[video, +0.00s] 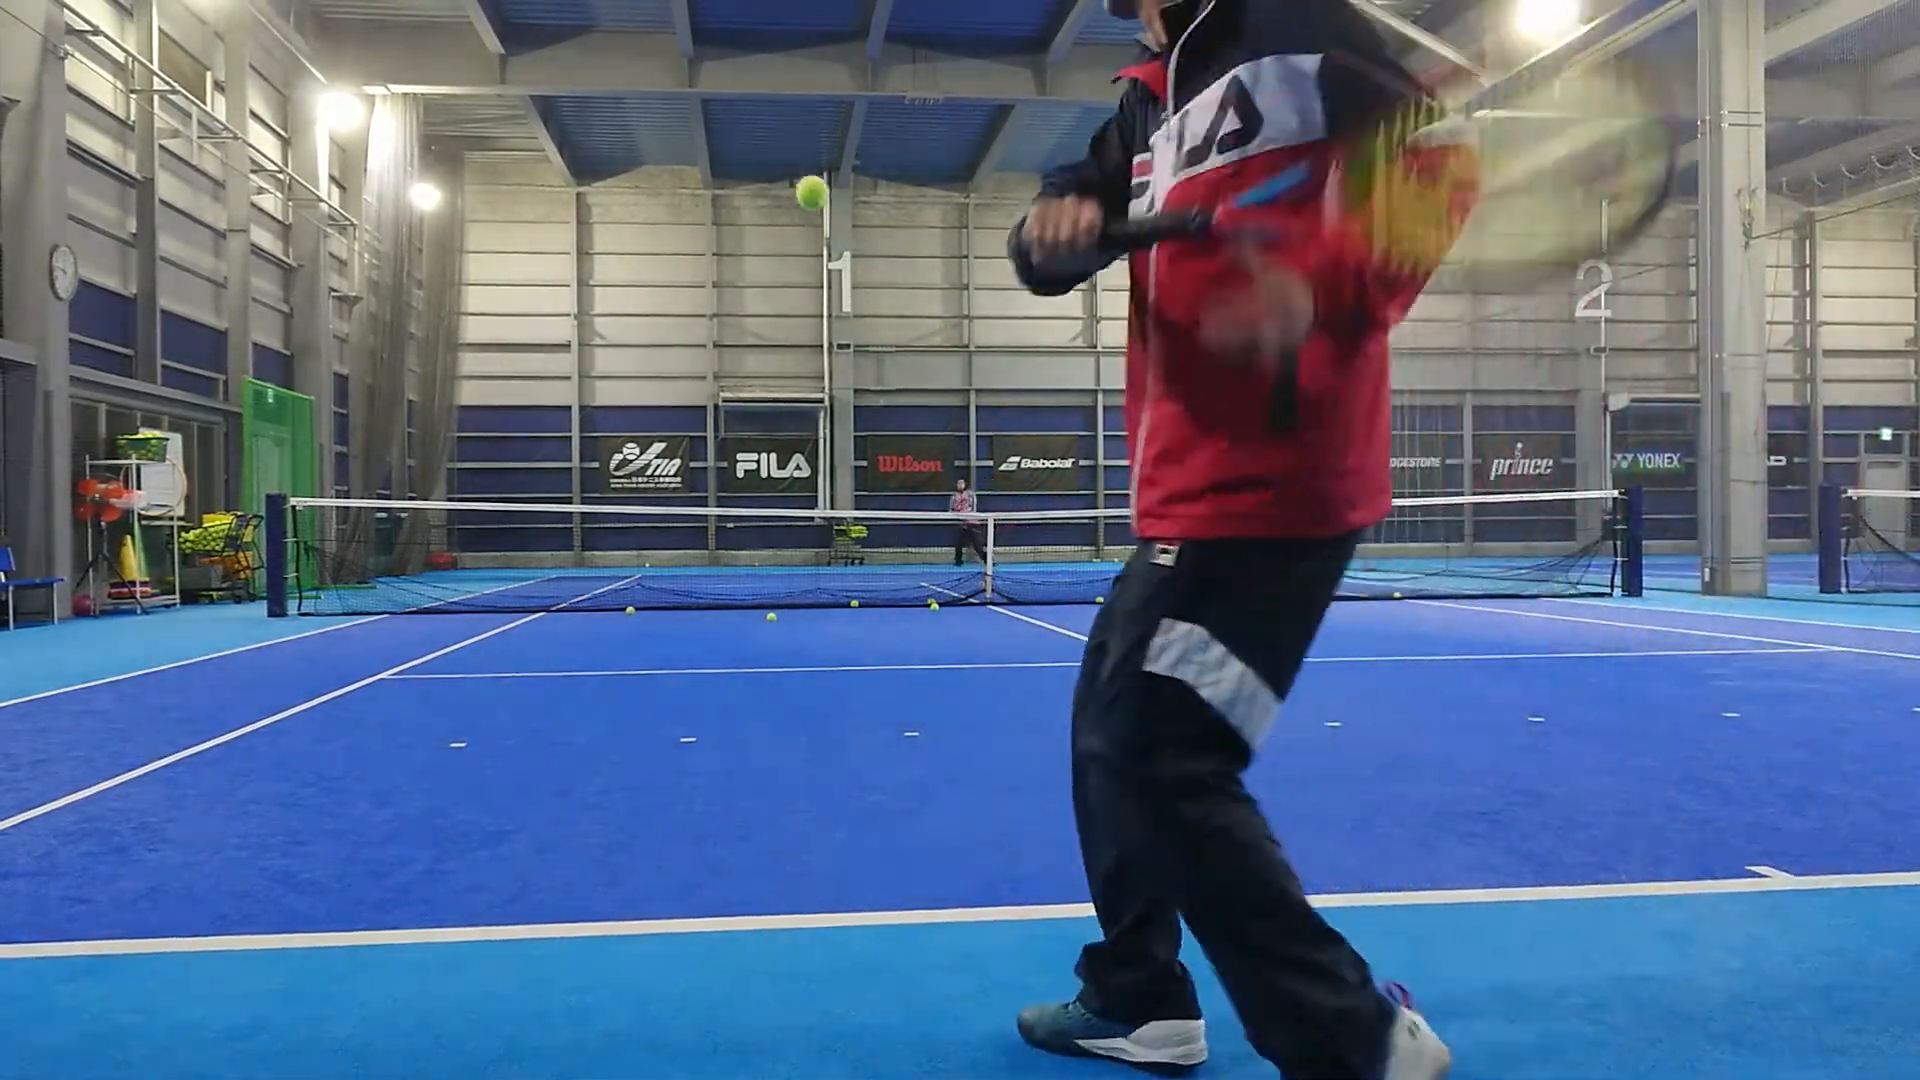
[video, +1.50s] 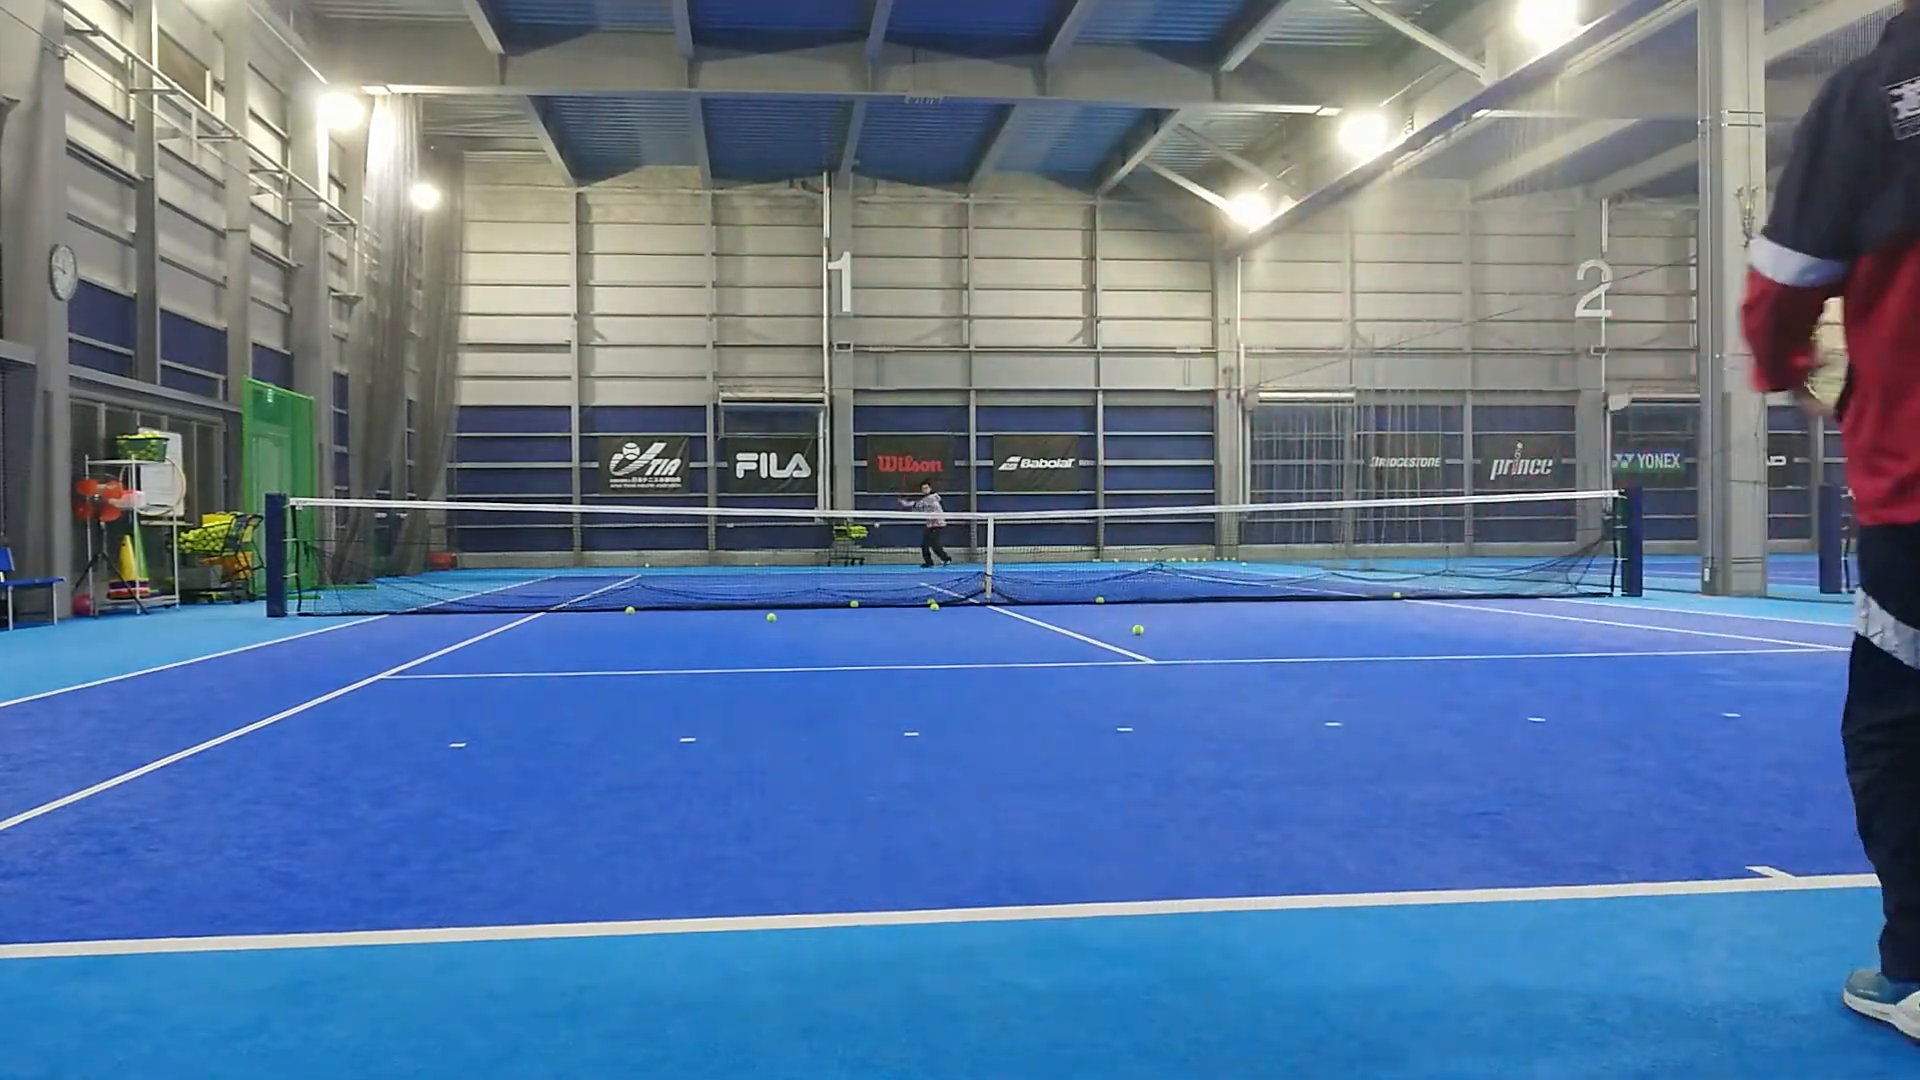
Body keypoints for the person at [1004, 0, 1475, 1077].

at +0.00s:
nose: (1122, 9)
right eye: (1120, 6)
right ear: (1149, 7)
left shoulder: (1305, 31)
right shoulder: (1153, 95)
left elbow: (1436, 165)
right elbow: (1059, 240)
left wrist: (1315, 279)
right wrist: (1054, 238)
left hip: (1285, 481)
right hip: (1196, 482)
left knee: (1160, 749)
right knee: (1108, 725)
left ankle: (1359, 1041)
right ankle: (1139, 998)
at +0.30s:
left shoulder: (1098, 23)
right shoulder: (1316, 6)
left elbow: (1014, 184)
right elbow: (1440, 77)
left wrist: (856, 306)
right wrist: (1421, 40)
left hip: (1184, 430)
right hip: (1318, 417)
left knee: (1130, 709)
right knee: (1235, 721)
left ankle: (1256, 985)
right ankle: (1144, 979)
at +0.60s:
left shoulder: (1137, 39)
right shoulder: (1431, 9)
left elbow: (991, 176)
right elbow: (1648, 25)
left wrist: (841, 255)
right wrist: (1814, 12)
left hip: (1246, 444)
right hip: (1421, 433)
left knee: (1206, 744)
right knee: (1337, 702)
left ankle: (1195, 1057)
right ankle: (1306, 985)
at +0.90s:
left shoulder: (1378, 52)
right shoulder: (1652, 25)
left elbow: (1248, 201)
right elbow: (1844, 116)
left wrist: (1138, 303)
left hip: (1423, 467)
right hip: (1617, 468)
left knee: (1352, 726)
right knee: (1660, 755)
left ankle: (1249, 987)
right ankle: (1671, 1052)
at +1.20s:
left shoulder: (1649, 57)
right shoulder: (1901, 34)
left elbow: (1558, 235)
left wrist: (1455, 357)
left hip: (1692, 424)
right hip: (1867, 419)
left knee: (1741, 714)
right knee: (1797, 725)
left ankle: (1825, 960)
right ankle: (1690, 998)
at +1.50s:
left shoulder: (1878, 75)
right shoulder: (1870, 78)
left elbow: (1786, 271)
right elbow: (1790, 267)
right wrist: (1787, 359)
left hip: (1909, 483)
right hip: (1900, 483)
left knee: (1891, 726)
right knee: (1889, 722)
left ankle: (1913, 973)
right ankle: (1909, 966)